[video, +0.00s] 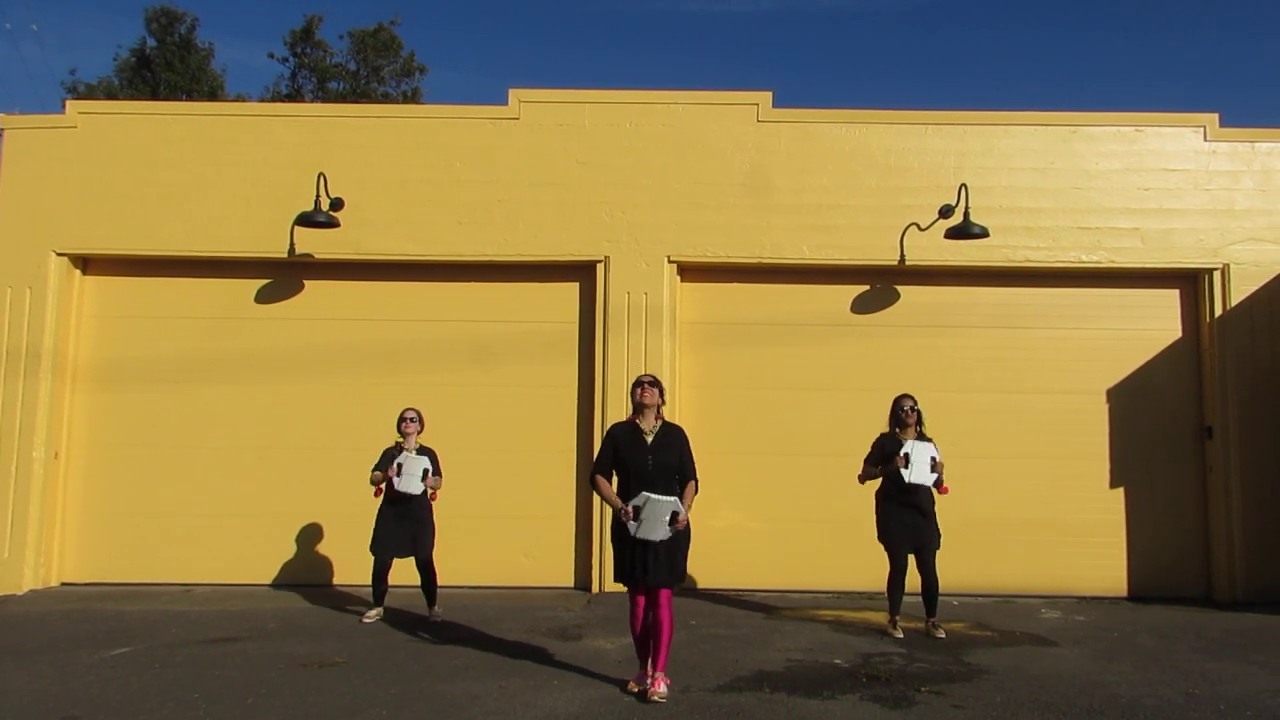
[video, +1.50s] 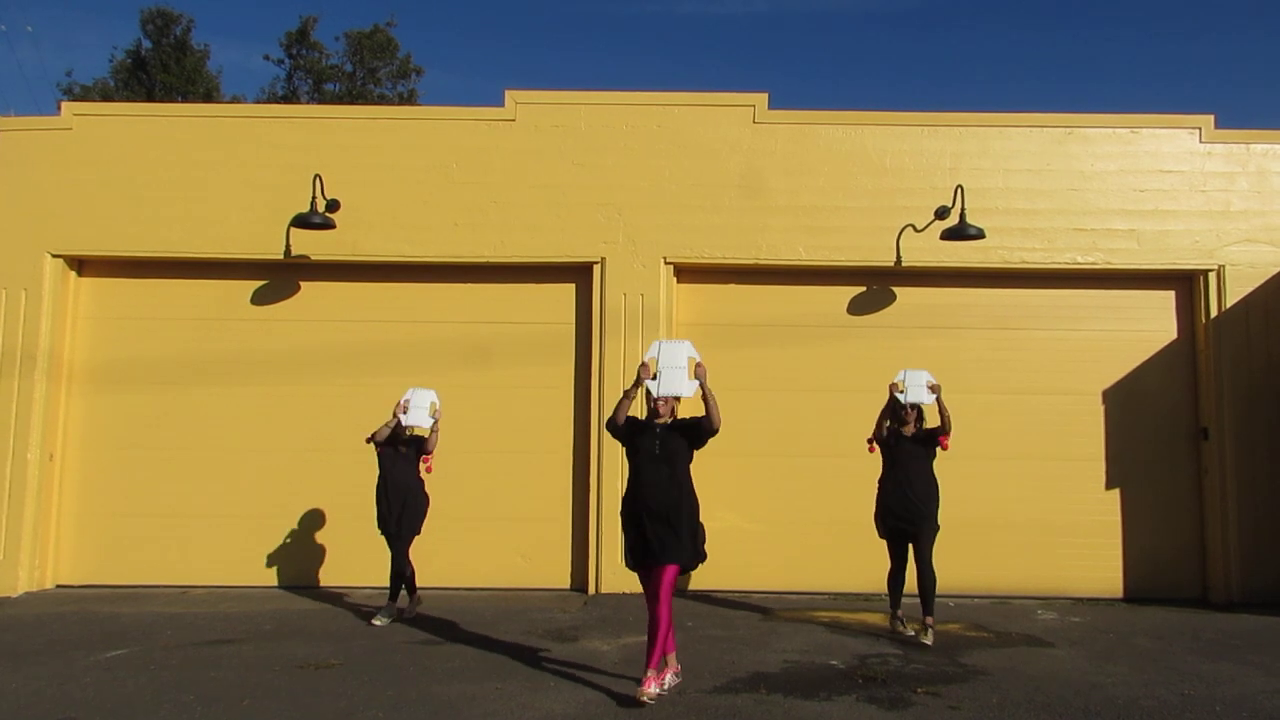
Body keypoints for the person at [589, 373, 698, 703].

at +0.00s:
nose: (644, 389)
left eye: (651, 386)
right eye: (639, 386)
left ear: (661, 397)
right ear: (632, 396)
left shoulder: (675, 433)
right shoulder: (618, 432)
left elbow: (690, 479)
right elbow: (598, 476)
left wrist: (684, 508)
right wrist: (618, 505)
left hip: (669, 525)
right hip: (632, 525)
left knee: (662, 597)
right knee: (638, 599)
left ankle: (659, 674)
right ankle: (644, 669)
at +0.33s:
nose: (641, 394)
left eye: (647, 390)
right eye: (635, 390)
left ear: (657, 398)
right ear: (629, 398)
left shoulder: (671, 436)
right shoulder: (620, 425)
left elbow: (707, 464)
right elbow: (644, 432)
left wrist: (739, 449)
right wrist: (692, 427)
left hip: (668, 526)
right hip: (632, 525)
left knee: (662, 600)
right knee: (638, 600)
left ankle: (659, 675)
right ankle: (643, 670)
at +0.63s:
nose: (657, 411)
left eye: (663, 406)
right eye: (652, 405)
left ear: (671, 411)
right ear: (641, 409)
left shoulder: (681, 440)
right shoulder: (632, 436)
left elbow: (703, 410)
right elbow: (629, 402)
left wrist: (699, 363)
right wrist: (640, 357)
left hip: (666, 530)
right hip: (630, 529)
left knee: (659, 603)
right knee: (638, 604)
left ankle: (656, 678)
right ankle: (644, 672)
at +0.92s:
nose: (651, 399)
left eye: (658, 393)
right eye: (646, 394)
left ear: (668, 397)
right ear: (638, 397)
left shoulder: (677, 421)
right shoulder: (628, 420)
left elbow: (710, 397)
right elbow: (640, 387)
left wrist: (728, 355)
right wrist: (671, 351)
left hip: (674, 516)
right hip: (635, 516)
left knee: (665, 593)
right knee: (647, 596)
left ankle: (665, 673)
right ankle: (673, 658)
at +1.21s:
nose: (663, 397)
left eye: (669, 393)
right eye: (657, 393)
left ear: (676, 399)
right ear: (647, 399)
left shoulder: (686, 429)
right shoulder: (635, 429)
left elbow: (710, 413)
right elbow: (621, 409)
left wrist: (698, 370)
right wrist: (633, 371)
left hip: (676, 522)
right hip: (638, 522)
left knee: (667, 595)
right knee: (646, 599)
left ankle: (659, 674)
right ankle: (666, 661)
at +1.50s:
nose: (658, 402)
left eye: (664, 398)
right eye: (654, 398)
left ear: (675, 403)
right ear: (649, 400)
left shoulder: (685, 431)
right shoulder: (635, 430)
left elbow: (713, 425)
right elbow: (614, 424)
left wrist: (703, 384)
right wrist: (636, 385)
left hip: (676, 521)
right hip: (640, 521)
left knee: (661, 596)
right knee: (654, 597)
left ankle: (651, 673)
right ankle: (671, 665)